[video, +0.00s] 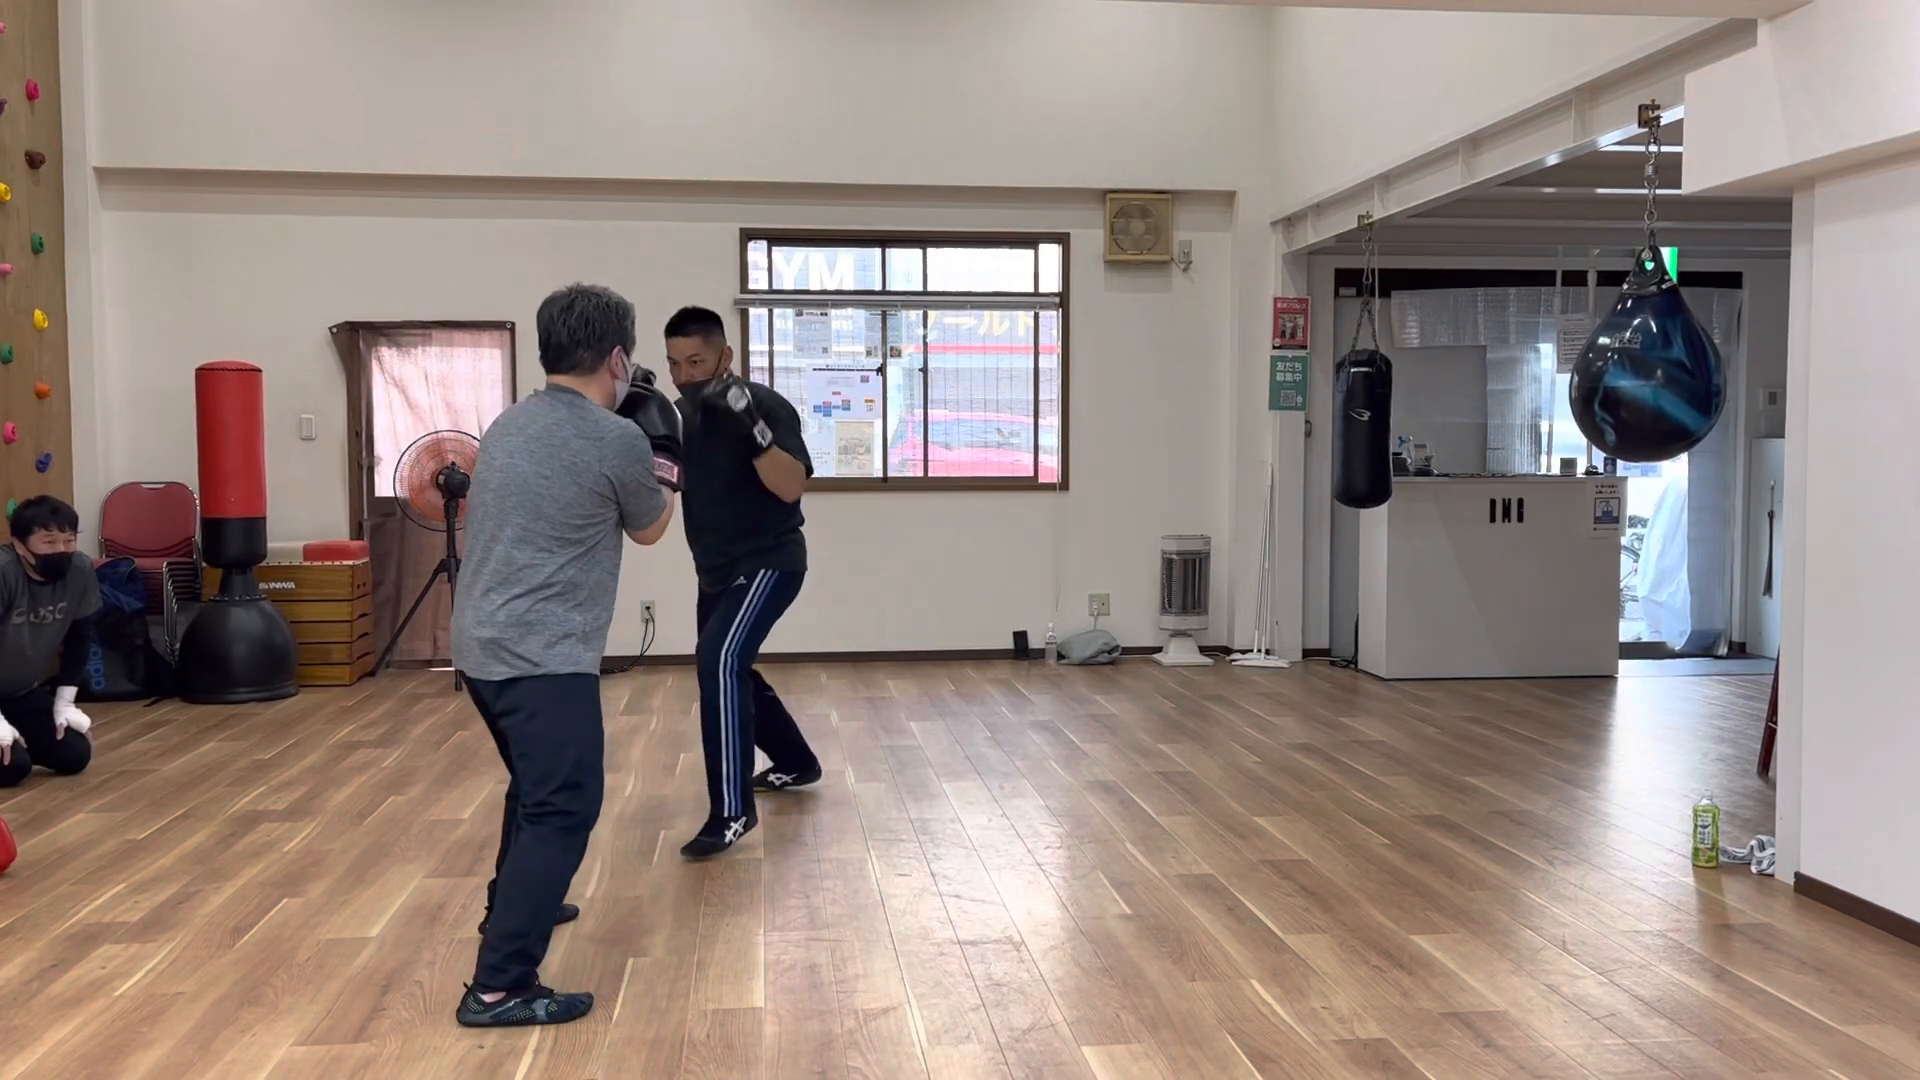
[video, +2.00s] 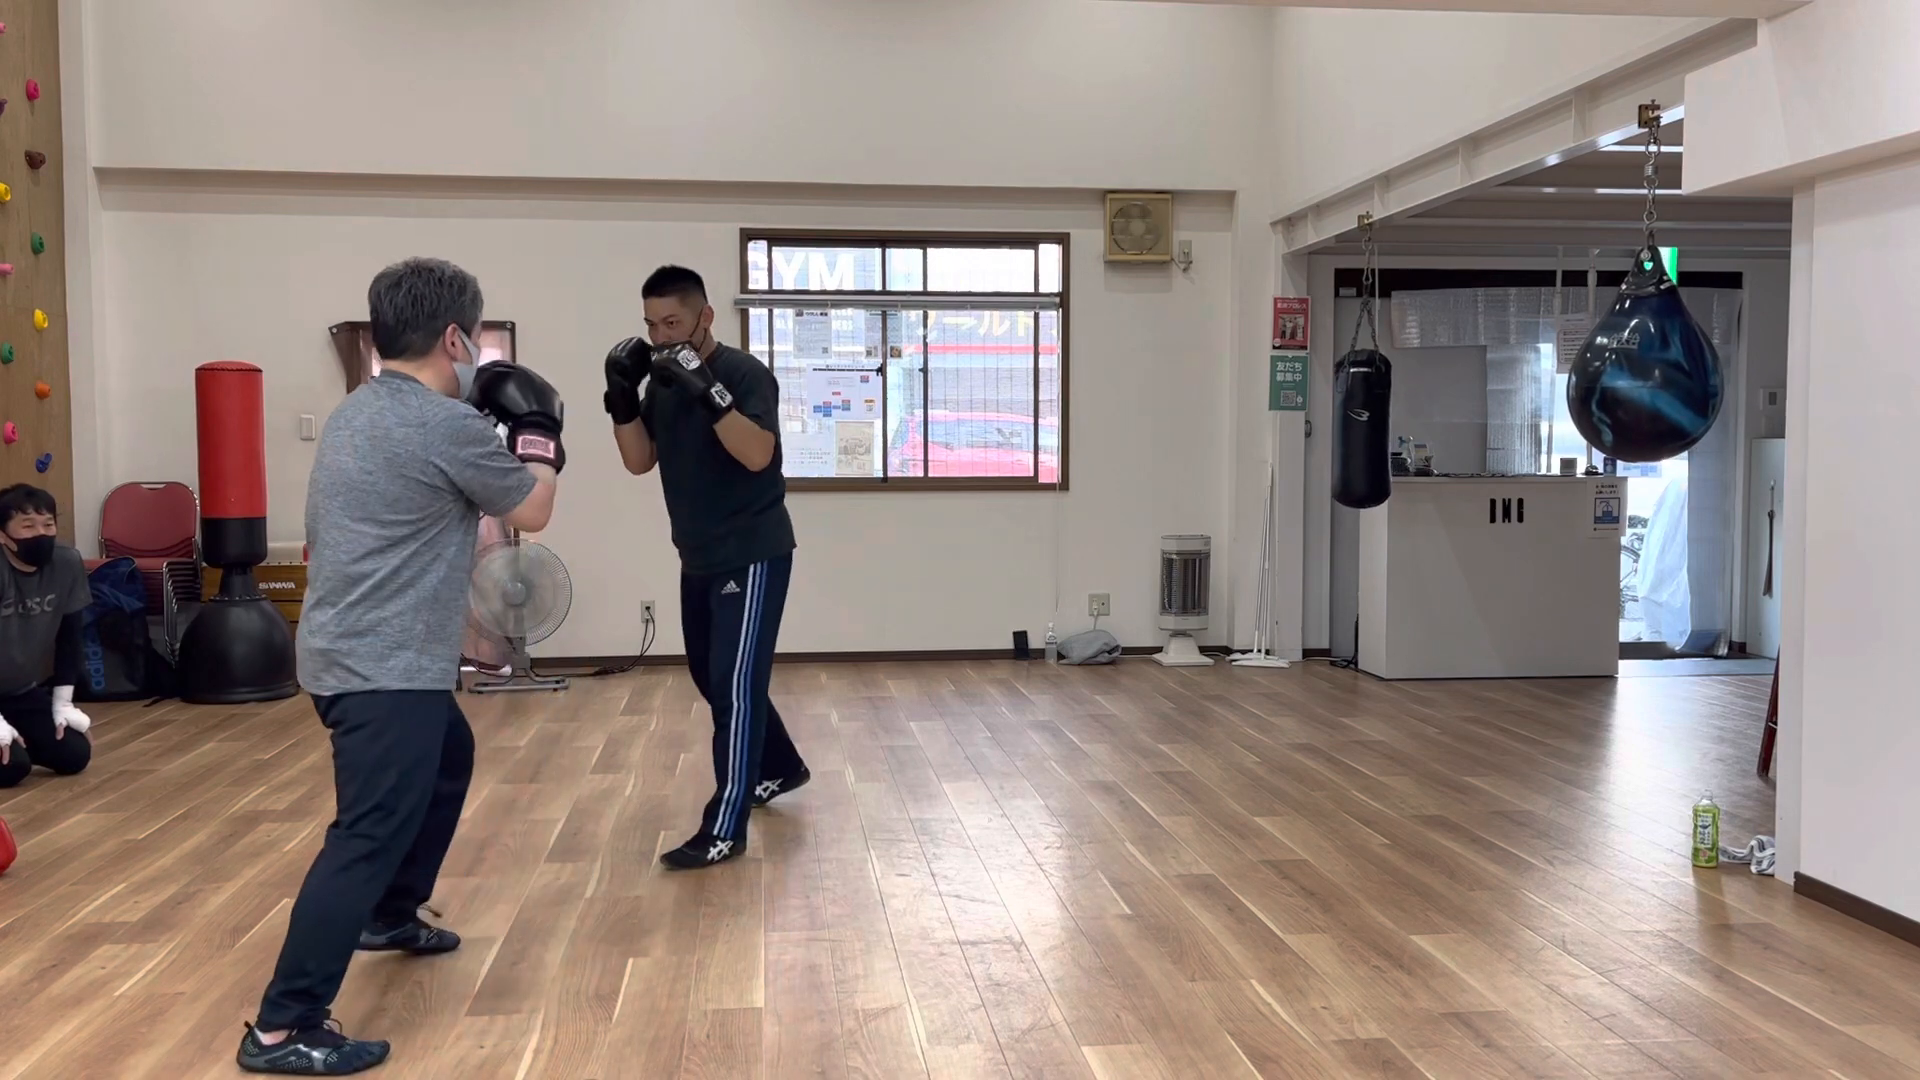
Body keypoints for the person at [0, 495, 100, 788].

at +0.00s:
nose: (61, 551)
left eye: (68, 541)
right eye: (49, 542)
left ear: (75, 540)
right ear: (19, 545)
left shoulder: (79, 570)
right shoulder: (6, 573)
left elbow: (79, 639)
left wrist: (65, 701)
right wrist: (1, 721)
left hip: (29, 690)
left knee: (73, 756)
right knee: (14, 766)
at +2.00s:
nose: (41, 534)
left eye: (48, 524)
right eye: (28, 526)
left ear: (56, 527)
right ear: (5, 537)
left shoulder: (67, 562)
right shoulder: (3, 571)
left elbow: (70, 637)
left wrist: (62, 702)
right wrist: (1, 722)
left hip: (29, 692)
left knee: (74, 757)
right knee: (13, 767)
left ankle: (15, 732)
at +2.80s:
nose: (31, 531)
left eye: (38, 521)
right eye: (18, 522)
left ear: (46, 523)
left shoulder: (61, 562)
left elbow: (68, 635)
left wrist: (63, 699)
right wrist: (0, 721)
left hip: (31, 692)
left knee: (74, 757)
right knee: (12, 767)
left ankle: (14, 734)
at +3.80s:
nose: (11, 507)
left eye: (17, 499)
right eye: (2, 499)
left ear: (26, 504)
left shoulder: (38, 556)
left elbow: (68, 619)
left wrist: (51, 673)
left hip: (18, 689)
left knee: (76, 756)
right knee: (9, 766)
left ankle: (9, 731)